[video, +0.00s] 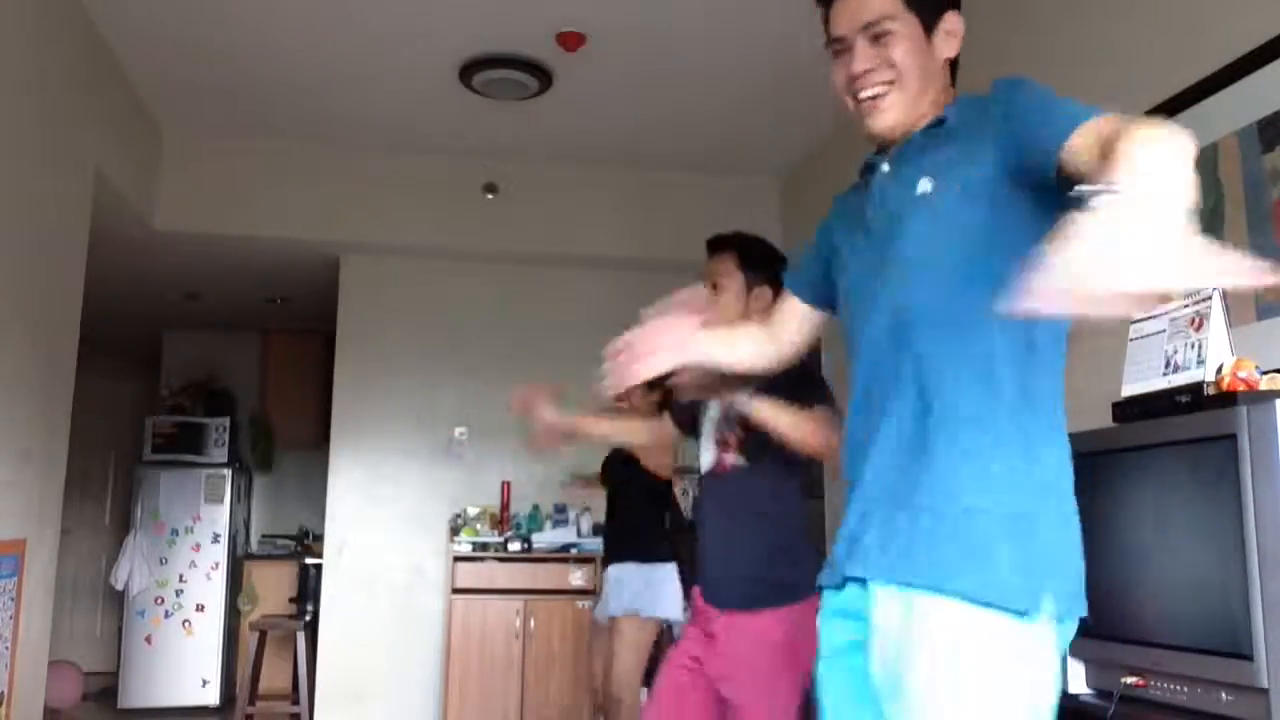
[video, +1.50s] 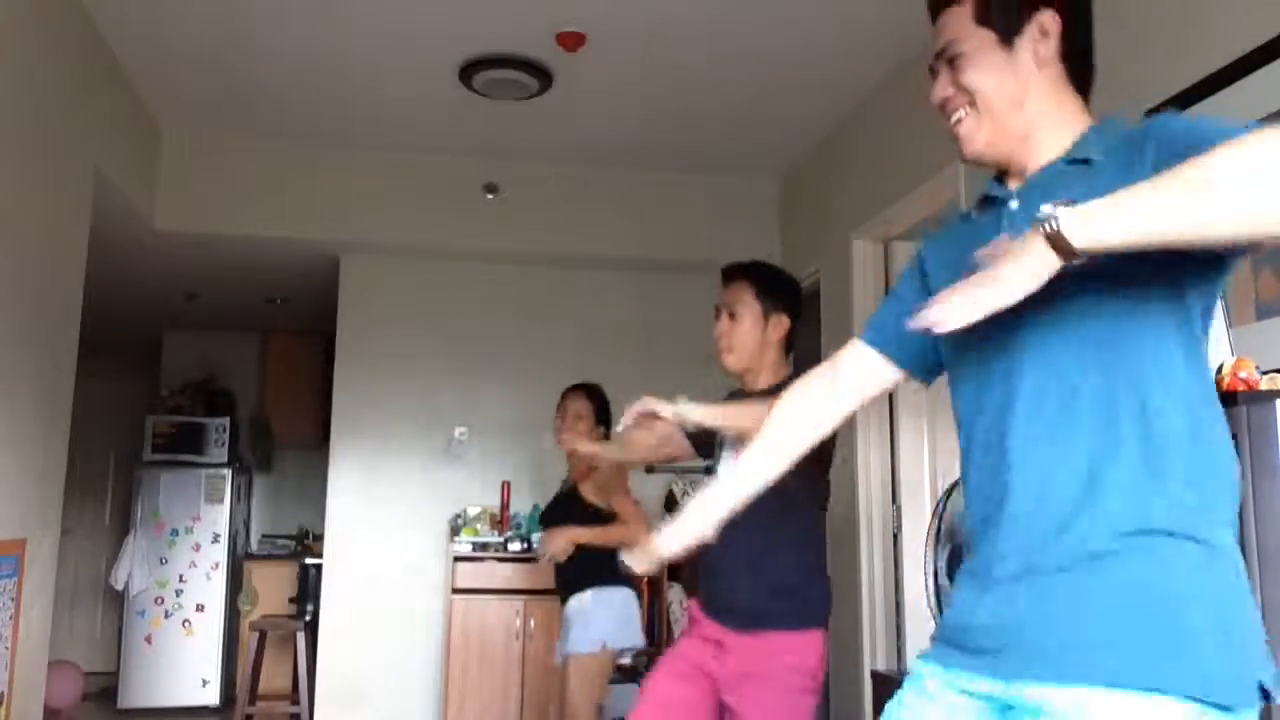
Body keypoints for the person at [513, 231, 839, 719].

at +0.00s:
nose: (705, 300)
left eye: (717, 287)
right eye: (706, 287)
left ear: (762, 298)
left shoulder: (794, 371)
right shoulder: (711, 375)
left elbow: (824, 441)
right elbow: (657, 431)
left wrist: (738, 394)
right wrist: (568, 424)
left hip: (773, 617)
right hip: (707, 613)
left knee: (767, 713)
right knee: (665, 711)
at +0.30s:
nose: (692, 315)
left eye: (707, 302)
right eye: (693, 302)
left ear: (751, 317)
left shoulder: (771, 394)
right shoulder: (703, 399)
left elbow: (810, 481)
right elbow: (644, 446)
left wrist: (741, 542)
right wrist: (617, 464)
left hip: (754, 607)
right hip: (707, 600)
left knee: (692, 711)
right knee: (721, 711)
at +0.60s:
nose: (705, 308)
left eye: (718, 294)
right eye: (706, 294)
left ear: (763, 306)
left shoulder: (796, 385)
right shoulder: (710, 393)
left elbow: (783, 472)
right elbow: (651, 470)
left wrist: (691, 449)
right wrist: (675, 508)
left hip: (773, 614)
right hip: (696, 608)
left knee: (767, 715)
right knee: (678, 714)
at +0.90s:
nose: (705, 300)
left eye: (718, 285)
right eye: (705, 286)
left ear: (763, 296)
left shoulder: (783, 353)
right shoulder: (725, 364)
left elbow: (811, 380)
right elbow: (678, 384)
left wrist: (735, 375)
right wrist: (618, 396)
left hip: (751, 578)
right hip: (714, 578)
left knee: (719, 710)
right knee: (670, 708)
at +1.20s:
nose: (711, 305)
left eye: (726, 291)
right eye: (712, 291)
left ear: (770, 305)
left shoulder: (795, 374)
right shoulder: (722, 380)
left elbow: (797, 406)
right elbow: (650, 425)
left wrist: (695, 388)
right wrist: (560, 430)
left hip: (763, 591)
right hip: (722, 589)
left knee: (695, 710)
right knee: (744, 714)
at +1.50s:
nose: (719, 330)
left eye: (733, 315)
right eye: (719, 316)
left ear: (778, 327)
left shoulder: (811, 399)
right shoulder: (732, 410)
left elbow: (774, 419)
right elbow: (661, 443)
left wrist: (678, 412)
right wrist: (601, 449)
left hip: (781, 641)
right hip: (707, 629)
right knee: (649, 712)